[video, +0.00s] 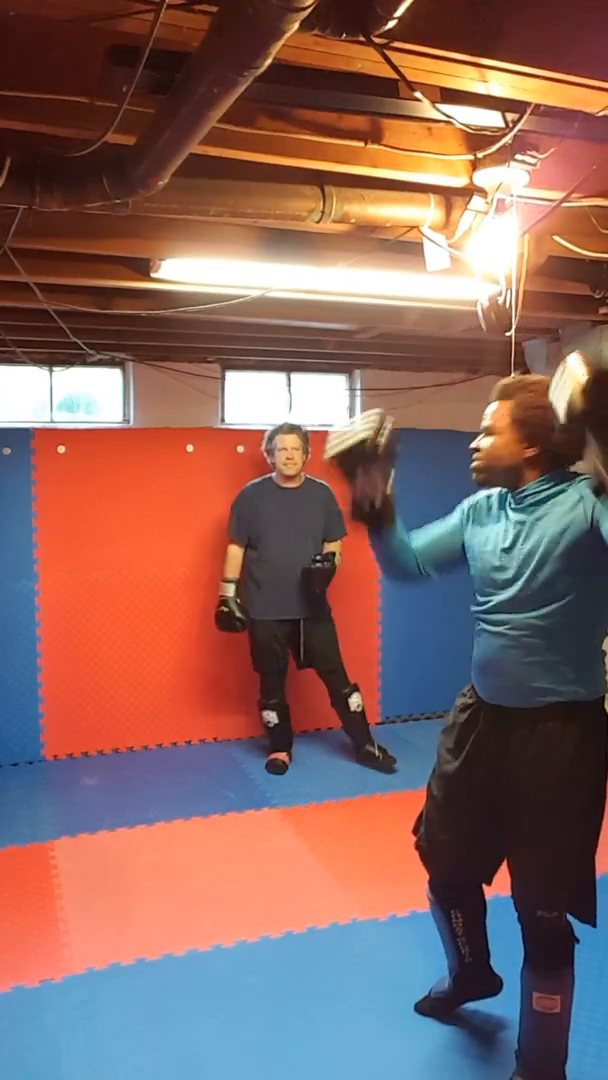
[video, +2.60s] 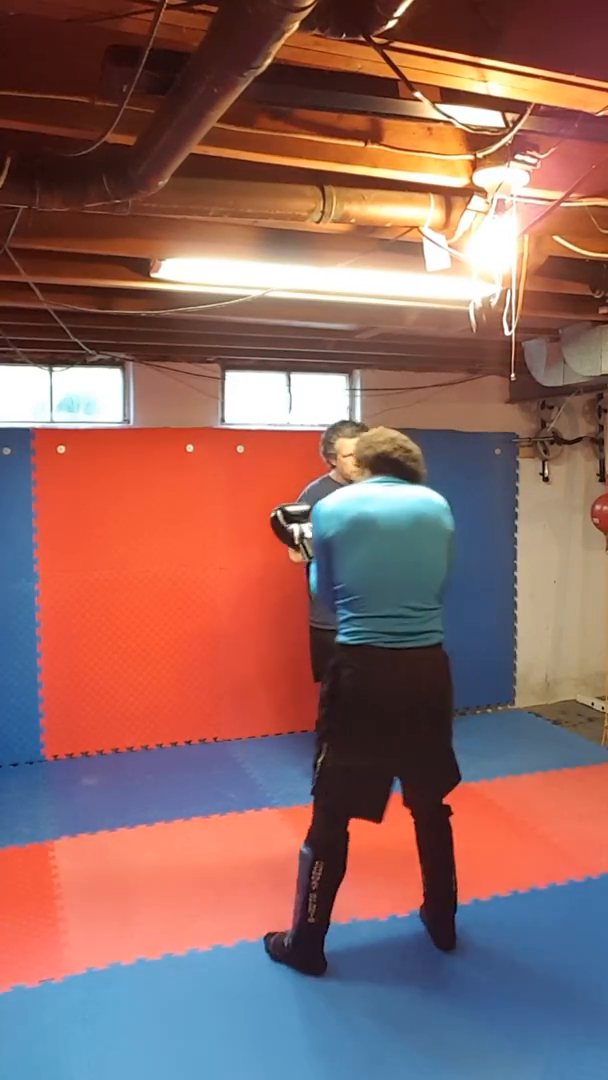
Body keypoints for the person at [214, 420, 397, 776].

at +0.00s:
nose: (289, 456)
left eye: (295, 450)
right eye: (282, 450)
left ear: (306, 454)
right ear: (269, 455)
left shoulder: (321, 494)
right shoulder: (250, 496)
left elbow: (334, 539)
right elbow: (236, 546)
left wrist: (326, 567)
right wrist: (228, 593)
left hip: (311, 604)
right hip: (264, 606)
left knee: (336, 674)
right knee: (271, 682)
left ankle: (364, 743)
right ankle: (280, 749)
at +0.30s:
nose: (305, 455)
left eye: (310, 448)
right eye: (297, 449)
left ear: (319, 452)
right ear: (283, 455)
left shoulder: (333, 492)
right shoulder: (264, 496)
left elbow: (347, 534)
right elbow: (250, 543)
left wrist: (345, 556)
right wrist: (263, 585)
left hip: (324, 604)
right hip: (281, 606)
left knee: (337, 675)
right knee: (280, 677)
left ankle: (353, 743)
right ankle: (281, 748)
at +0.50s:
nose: (318, 455)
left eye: (323, 449)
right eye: (310, 450)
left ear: (330, 451)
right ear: (296, 455)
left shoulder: (345, 489)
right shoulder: (277, 495)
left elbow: (360, 532)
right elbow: (265, 544)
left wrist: (357, 551)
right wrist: (307, 558)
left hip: (340, 605)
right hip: (294, 607)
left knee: (349, 676)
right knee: (287, 679)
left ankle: (355, 744)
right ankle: (282, 748)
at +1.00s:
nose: (357, 457)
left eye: (361, 450)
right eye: (349, 451)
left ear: (367, 452)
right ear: (332, 455)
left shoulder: (381, 490)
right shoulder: (315, 493)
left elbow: (398, 536)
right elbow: (301, 547)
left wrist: (390, 541)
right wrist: (346, 537)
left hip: (375, 603)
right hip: (333, 604)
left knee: (366, 674)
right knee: (329, 672)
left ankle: (358, 744)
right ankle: (295, 747)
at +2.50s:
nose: (359, 462)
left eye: (362, 454)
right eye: (350, 456)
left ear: (368, 453)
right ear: (331, 458)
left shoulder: (374, 489)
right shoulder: (316, 494)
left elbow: (387, 543)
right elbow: (296, 552)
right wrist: (340, 546)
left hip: (373, 619)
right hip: (333, 621)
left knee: (368, 698)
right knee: (336, 697)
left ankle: (367, 771)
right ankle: (334, 771)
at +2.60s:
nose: (358, 461)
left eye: (360, 453)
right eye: (349, 455)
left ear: (368, 451)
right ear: (330, 460)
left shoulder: (375, 489)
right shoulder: (316, 495)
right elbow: (297, 554)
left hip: (374, 622)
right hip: (331, 623)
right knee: (336, 702)